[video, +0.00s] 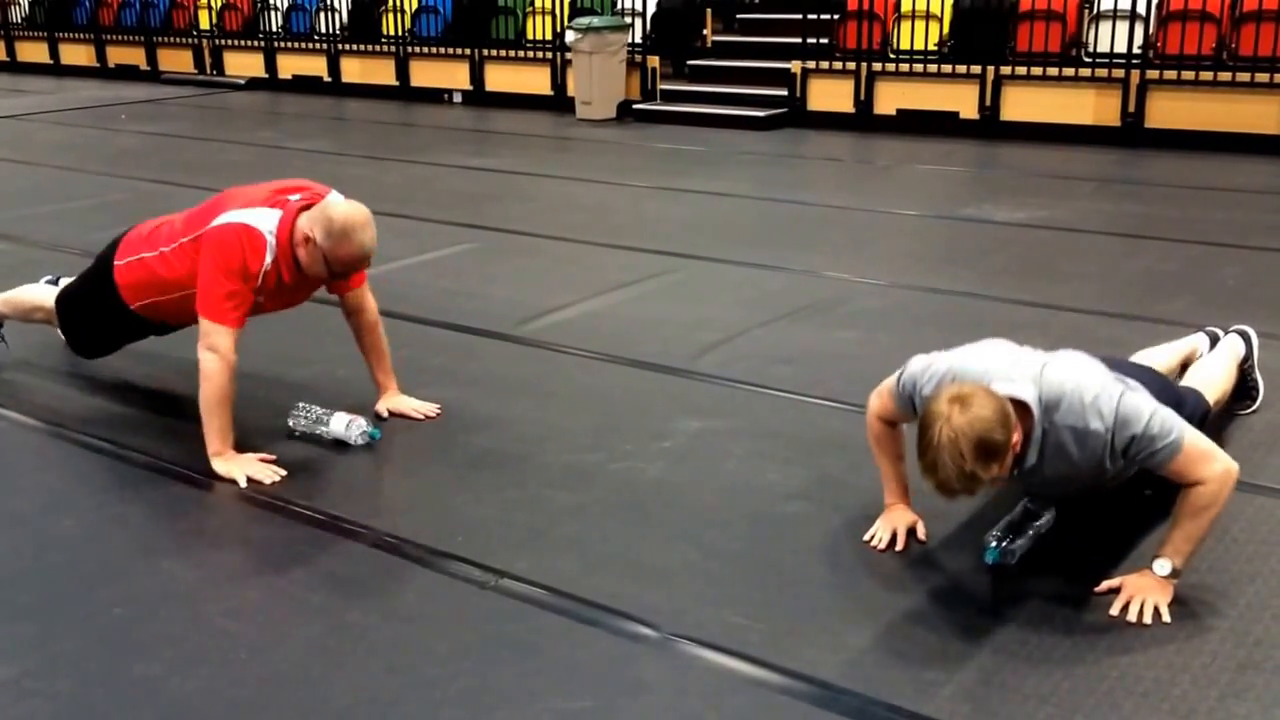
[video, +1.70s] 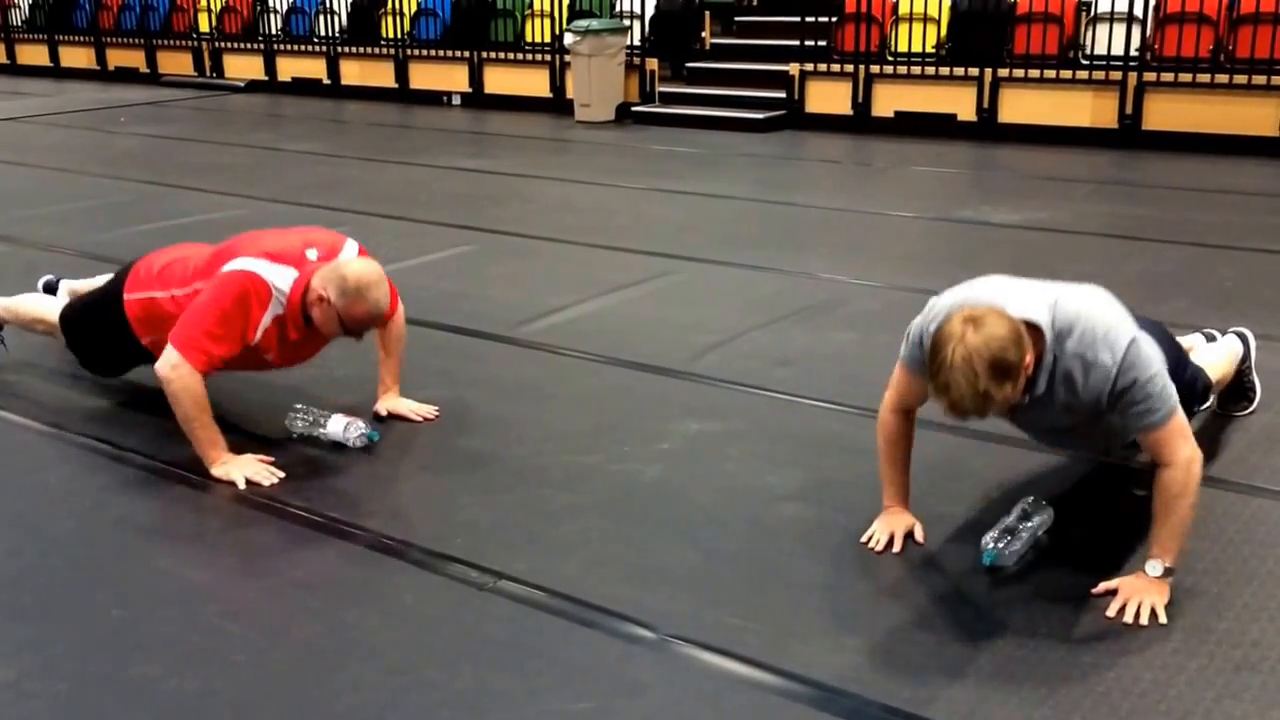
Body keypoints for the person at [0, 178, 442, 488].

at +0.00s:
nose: (336, 287)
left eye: (347, 278)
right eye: (331, 274)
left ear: (358, 243)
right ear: (305, 240)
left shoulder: (338, 224)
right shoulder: (235, 245)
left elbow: (361, 307)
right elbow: (216, 351)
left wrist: (389, 388)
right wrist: (223, 453)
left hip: (184, 290)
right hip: (128, 287)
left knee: (94, 308)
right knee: (63, 308)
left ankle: (48, 296)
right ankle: (8, 304)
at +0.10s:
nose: (345, 311)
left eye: (358, 304)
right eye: (338, 301)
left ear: (372, 255)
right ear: (312, 270)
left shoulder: (351, 240)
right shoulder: (241, 264)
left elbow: (380, 309)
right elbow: (188, 358)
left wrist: (390, 389)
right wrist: (222, 457)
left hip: (181, 266)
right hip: (132, 290)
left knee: (105, 298)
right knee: (62, 313)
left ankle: (65, 292)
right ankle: (11, 304)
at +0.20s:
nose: (333, 349)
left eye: (347, 349)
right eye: (334, 340)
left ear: (377, 317)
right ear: (324, 310)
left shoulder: (363, 278)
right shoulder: (256, 296)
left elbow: (394, 315)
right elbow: (172, 370)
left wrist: (391, 390)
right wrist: (220, 457)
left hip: (191, 278)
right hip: (142, 311)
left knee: (127, 287)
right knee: (63, 322)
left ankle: (65, 286)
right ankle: (3, 308)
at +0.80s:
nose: (343, 308)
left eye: (354, 301)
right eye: (336, 296)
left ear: (373, 255)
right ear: (312, 265)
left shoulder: (353, 243)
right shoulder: (241, 261)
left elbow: (382, 312)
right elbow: (192, 358)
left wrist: (390, 389)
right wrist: (221, 456)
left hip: (189, 268)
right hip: (135, 284)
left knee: (110, 307)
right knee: (66, 314)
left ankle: (65, 294)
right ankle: (12, 304)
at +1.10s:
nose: (338, 335)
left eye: (349, 330)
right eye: (335, 326)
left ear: (375, 302)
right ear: (318, 292)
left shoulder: (352, 259)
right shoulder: (248, 284)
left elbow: (388, 312)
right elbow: (177, 366)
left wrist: (390, 389)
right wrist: (219, 456)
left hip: (189, 269)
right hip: (138, 300)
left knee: (112, 295)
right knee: (63, 320)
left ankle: (65, 290)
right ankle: (8, 306)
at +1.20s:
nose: (349, 375)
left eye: (360, 371)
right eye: (345, 367)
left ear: (385, 327)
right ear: (327, 336)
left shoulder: (365, 294)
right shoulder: (256, 317)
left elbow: (394, 310)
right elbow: (166, 375)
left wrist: (389, 389)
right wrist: (220, 458)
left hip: (201, 290)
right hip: (145, 324)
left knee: (137, 296)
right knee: (67, 331)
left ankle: (67, 288)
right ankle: (2, 309)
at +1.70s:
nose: (355, 335)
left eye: (365, 327)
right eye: (349, 327)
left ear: (380, 297)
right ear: (321, 298)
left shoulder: (356, 264)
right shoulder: (248, 290)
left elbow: (393, 315)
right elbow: (176, 371)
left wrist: (390, 392)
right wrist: (220, 458)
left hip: (194, 276)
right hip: (142, 304)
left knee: (115, 292)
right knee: (68, 321)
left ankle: (63, 288)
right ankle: (7, 308)